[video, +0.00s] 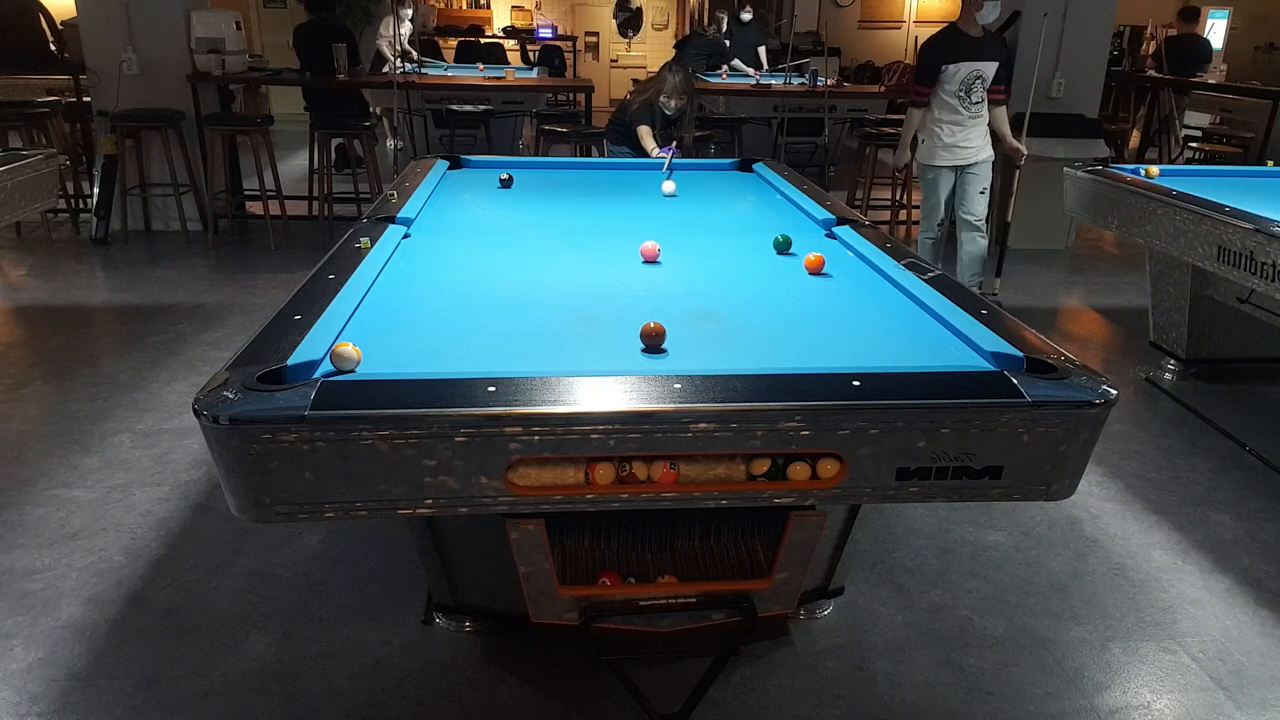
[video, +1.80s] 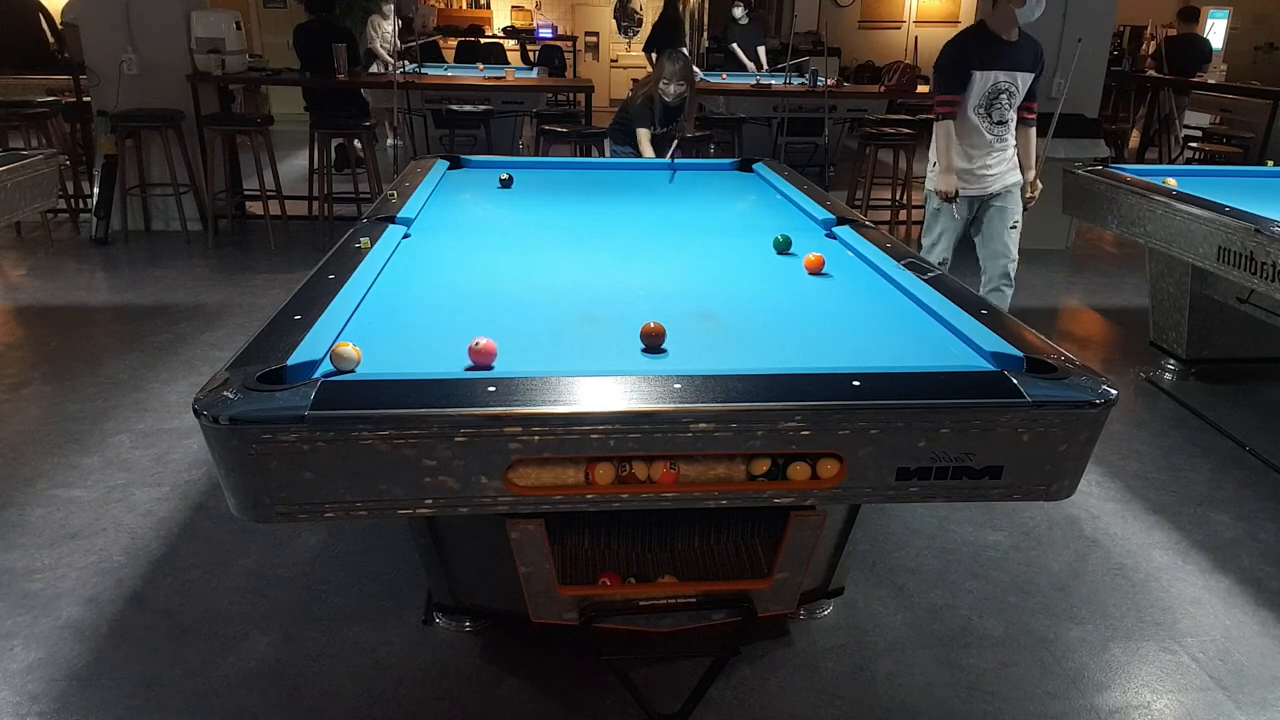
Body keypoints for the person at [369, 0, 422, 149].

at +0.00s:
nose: (408, 12)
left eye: (410, 9)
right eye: (405, 9)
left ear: (412, 10)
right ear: (397, 9)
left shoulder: (408, 26)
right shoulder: (389, 21)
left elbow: (402, 42)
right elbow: (380, 43)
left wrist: (413, 52)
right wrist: (392, 60)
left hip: (396, 65)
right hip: (381, 66)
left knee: (395, 104)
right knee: (385, 105)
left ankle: (395, 136)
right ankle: (390, 138)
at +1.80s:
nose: (390, 7)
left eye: (392, 4)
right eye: (386, 4)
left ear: (394, 5)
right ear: (380, 6)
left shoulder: (397, 21)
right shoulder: (374, 20)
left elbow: (396, 41)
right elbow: (374, 45)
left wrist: (401, 47)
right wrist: (391, 61)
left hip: (392, 61)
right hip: (377, 62)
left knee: (392, 100)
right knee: (380, 101)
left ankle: (394, 135)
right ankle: (389, 136)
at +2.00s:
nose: (378, 6)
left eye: (379, 3)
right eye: (374, 3)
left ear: (381, 5)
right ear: (367, 6)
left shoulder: (383, 21)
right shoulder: (361, 21)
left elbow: (381, 41)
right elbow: (362, 47)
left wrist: (392, 49)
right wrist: (380, 61)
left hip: (381, 64)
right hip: (367, 65)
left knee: (386, 102)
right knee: (375, 103)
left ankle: (390, 136)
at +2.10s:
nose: (366, 7)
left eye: (368, 4)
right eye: (362, 4)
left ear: (371, 6)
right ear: (355, 5)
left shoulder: (372, 23)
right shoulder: (351, 23)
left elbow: (370, 43)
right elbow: (355, 52)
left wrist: (378, 47)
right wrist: (373, 65)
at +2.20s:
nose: (355, 9)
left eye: (357, 6)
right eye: (351, 6)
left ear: (360, 7)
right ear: (344, 7)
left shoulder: (361, 25)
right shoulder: (338, 26)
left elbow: (359, 44)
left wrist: (366, 48)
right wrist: (363, 67)